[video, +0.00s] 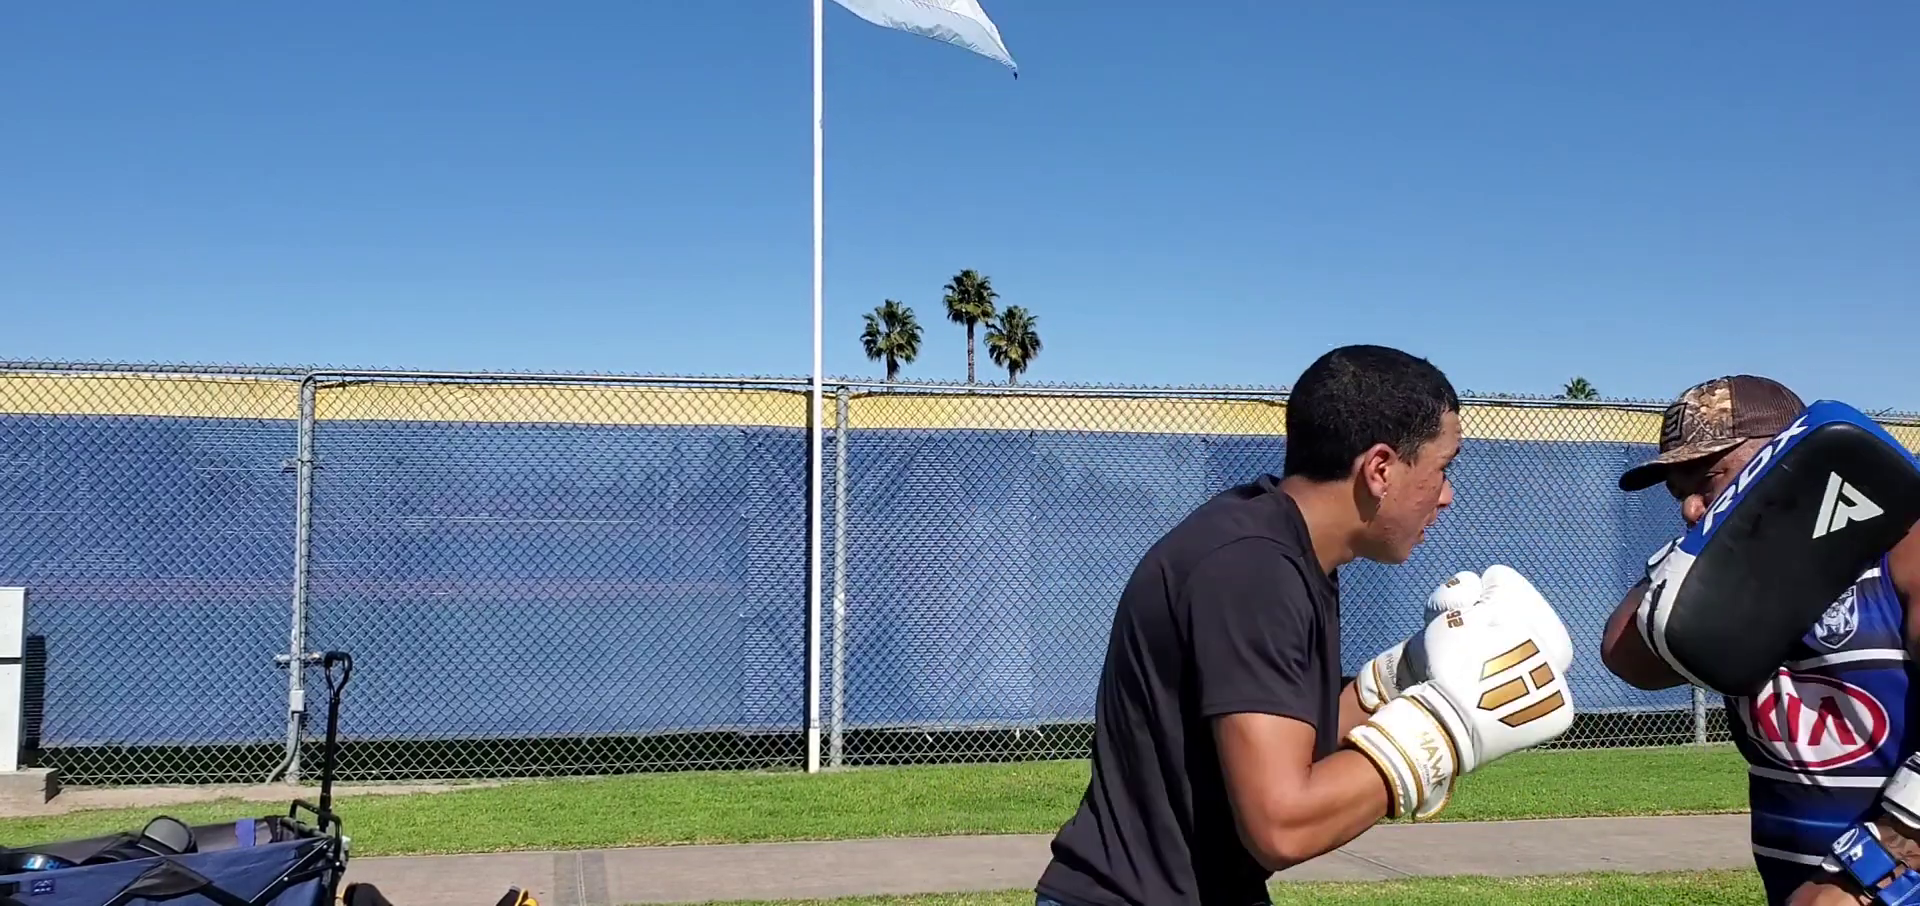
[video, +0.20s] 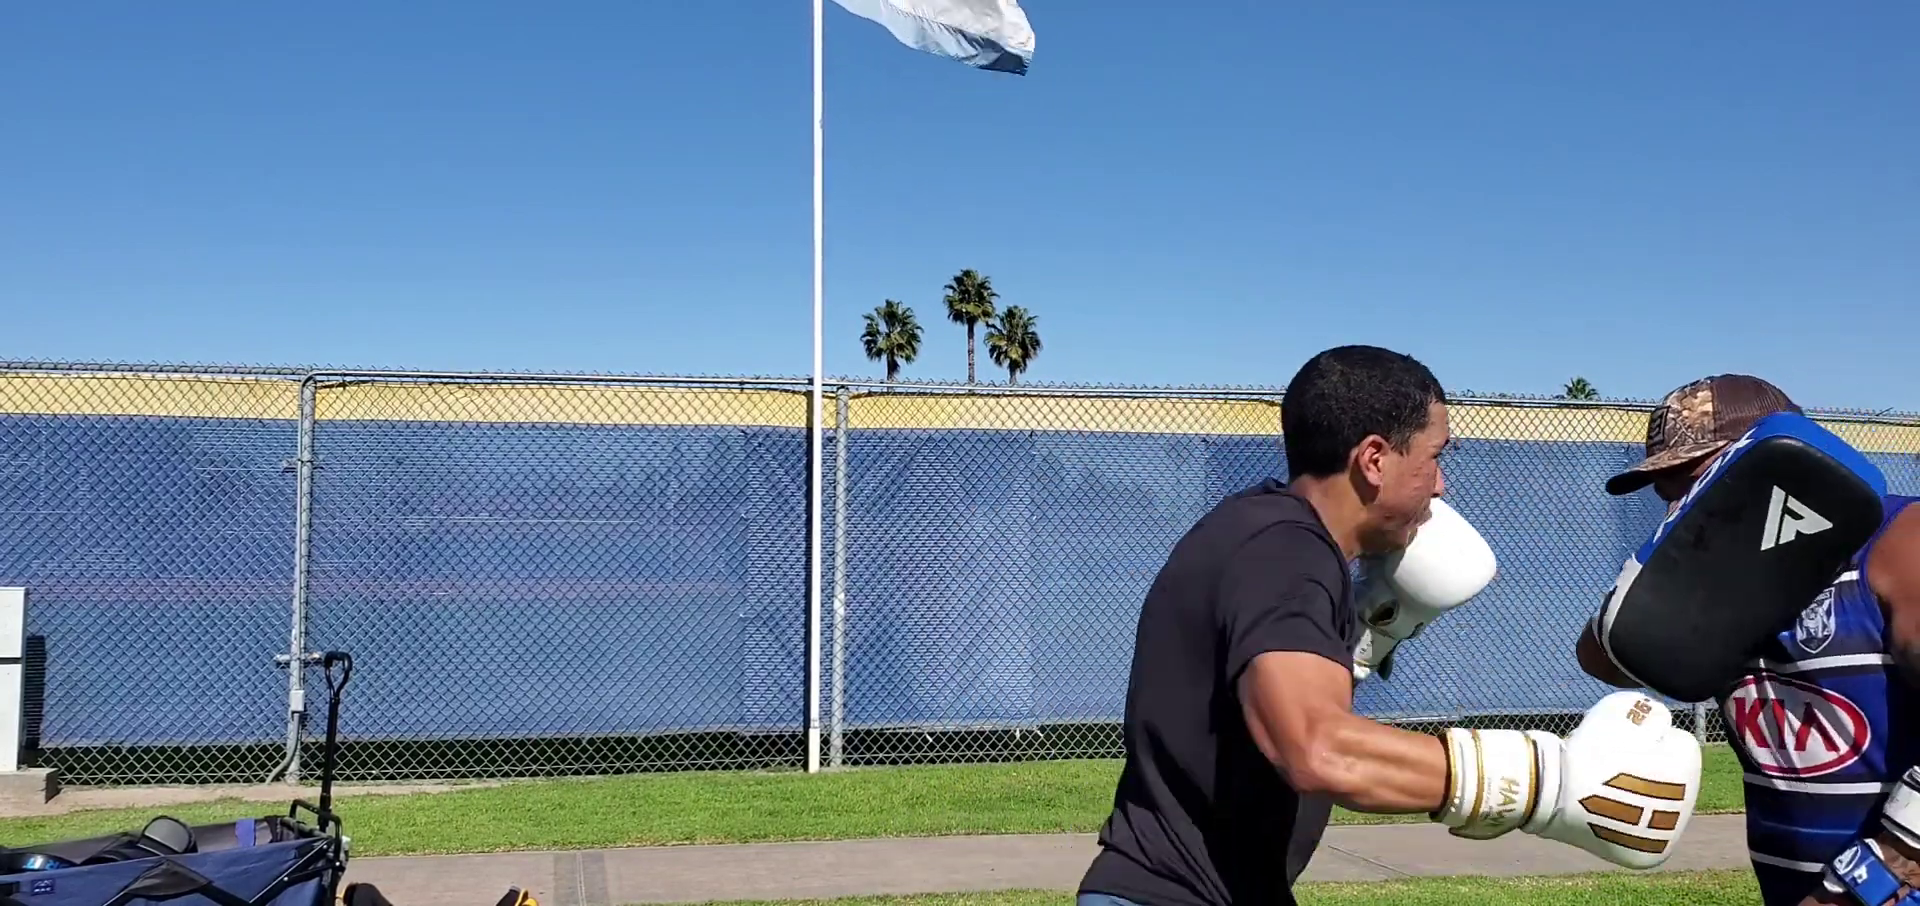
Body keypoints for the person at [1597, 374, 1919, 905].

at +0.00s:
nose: (1689, 507)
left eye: (1706, 477)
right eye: (1679, 490)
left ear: (1782, 449)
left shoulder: (1900, 534)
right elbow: (1624, 656)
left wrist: (1866, 871)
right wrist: (1703, 541)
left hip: (1892, 875)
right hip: (1789, 867)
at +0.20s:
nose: (1674, 507)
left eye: (1685, 482)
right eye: (1666, 492)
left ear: (1749, 455)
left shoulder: (1897, 544)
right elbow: (1595, 655)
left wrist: (1879, 870)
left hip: (1887, 884)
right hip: (1785, 875)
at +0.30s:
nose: (1667, 504)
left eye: (1678, 479)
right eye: (1664, 485)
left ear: (1743, 464)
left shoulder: (1897, 547)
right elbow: (1627, 666)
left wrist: (1894, 862)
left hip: (1884, 887)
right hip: (1793, 881)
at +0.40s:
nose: (1683, 480)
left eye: (1701, 444)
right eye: (1688, 458)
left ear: (1785, 434)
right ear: (1785, 436)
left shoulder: (1892, 527)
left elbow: (1916, 709)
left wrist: (1806, 875)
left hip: (1891, 886)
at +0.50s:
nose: (1708, 464)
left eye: (1727, 437)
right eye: (1710, 446)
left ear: (1817, 425)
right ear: (1816, 426)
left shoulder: (1896, 527)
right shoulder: (1743, 583)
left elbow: (1915, 692)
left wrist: (1786, 839)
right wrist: (1665, 650)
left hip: (1885, 874)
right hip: (1801, 877)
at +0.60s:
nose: (1745, 459)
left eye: (1770, 433)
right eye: (1744, 438)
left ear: (1869, 437)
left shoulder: (1907, 555)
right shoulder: (1766, 592)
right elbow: (1697, 702)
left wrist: (1829, 811)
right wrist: (1644, 686)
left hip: (1894, 882)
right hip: (1788, 880)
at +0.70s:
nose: (1775, 481)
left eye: (1801, 451)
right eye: (1769, 453)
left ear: (1900, 452)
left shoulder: (1914, 573)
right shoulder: (1789, 590)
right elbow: (1739, 735)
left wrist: (1870, 823)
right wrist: (1677, 629)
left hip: (1902, 881)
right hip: (1803, 873)